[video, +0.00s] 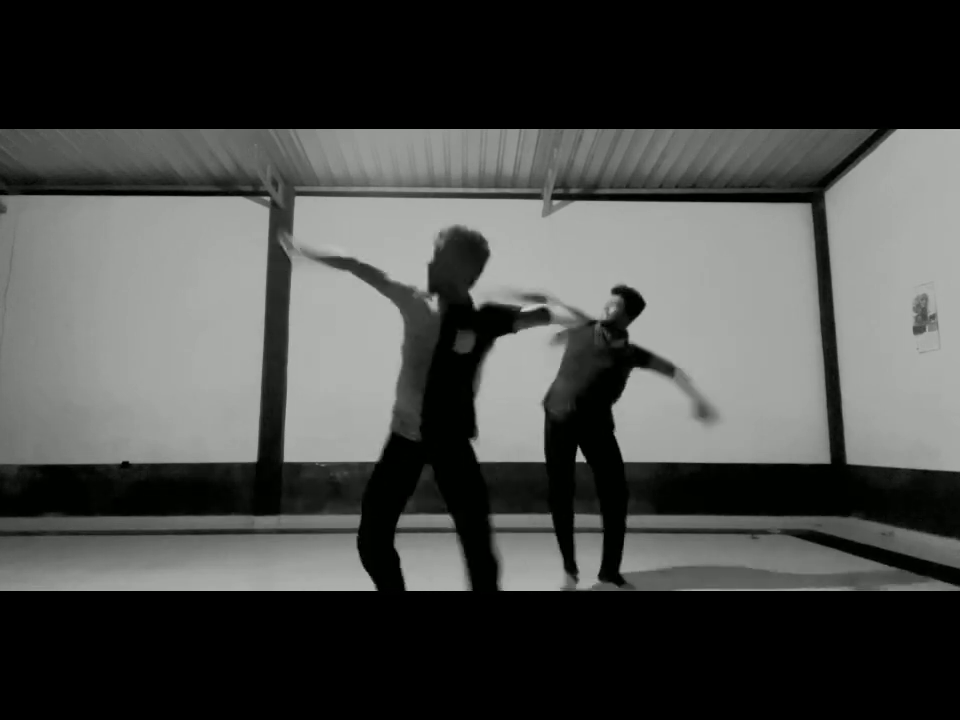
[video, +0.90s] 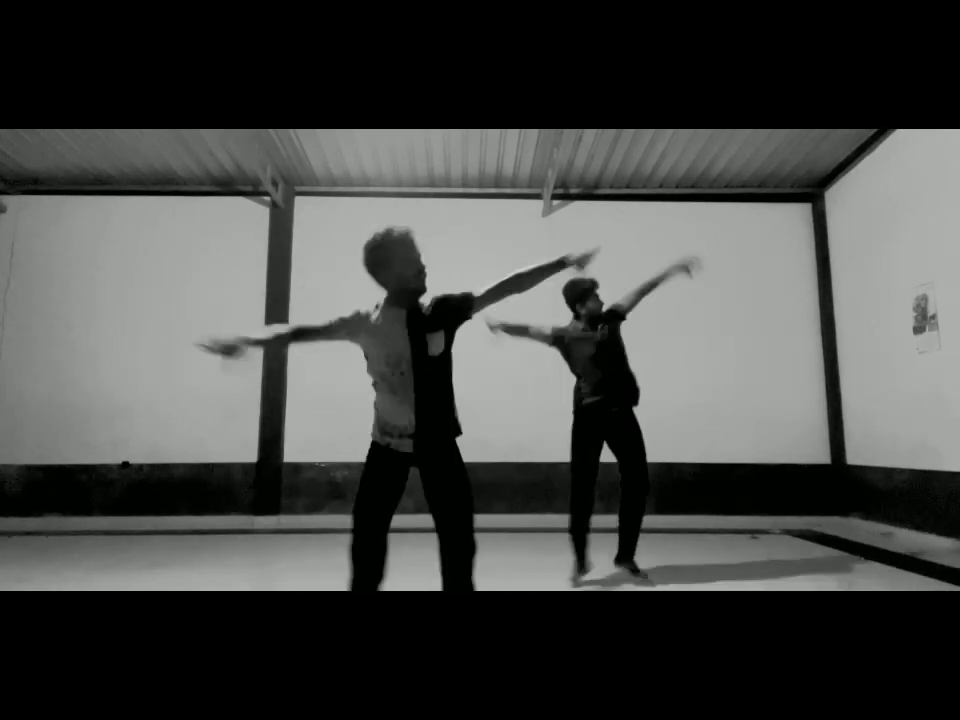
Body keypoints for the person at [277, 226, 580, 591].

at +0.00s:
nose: (430, 262)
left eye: (439, 255)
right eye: (434, 254)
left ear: (464, 268)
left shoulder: (490, 320)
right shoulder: (415, 303)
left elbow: (549, 314)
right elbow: (354, 267)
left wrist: (585, 318)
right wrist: (299, 250)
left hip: (453, 447)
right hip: (405, 443)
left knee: (478, 546)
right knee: (373, 542)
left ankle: (487, 593)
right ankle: (395, 593)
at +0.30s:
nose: (416, 270)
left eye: (428, 263)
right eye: (415, 260)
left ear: (450, 272)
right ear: (410, 261)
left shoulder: (458, 328)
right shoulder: (383, 306)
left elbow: (524, 333)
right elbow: (322, 255)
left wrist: (563, 324)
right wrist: (284, 214)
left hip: (420, 452)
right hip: (372, 448)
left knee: (426, 547)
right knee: (364, 544)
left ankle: (424, 599)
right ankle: (369, 596)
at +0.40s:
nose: (412, 282)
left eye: (421, 272)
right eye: (405, 272)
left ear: (434, 277)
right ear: (395, 274)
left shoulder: (450, 331)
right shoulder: (376, 322)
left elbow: (511, 348)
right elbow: (347, 309)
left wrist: (478, 335)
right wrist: (348, 302)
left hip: (426, 450)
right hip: (376, 448)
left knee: (451, 530)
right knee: (334, 533)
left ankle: (443, 594)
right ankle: (347, 593)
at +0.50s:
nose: (410, 311)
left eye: (411, 303)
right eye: (401, 304)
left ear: (414, 308)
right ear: (381, 313)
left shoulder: (439, 362)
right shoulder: (366, 365)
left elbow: (478, 403)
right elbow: (333, 412)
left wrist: (452, 386)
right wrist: (356, 391)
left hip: (431, 476)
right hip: (379, 475)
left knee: (473, 564)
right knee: (318, 556)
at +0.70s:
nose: (410, 322)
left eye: (406, 315)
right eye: (399, 318)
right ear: (378, 334)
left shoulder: (437, 375)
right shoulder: (362, 387)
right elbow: (304, 437)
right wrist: (345, 406)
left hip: (434, 494)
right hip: (378, 495)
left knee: (490, 573)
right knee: (308, 571)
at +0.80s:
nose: (415, 291)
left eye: (411, 283)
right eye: (403, 287)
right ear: (381, 300)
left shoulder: (440, 338)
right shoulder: (365, 355)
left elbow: (475, 326)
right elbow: (317, 367)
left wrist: (501, 318)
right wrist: (307, 373)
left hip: (440, 467)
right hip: (387, 469)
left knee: (477, 557)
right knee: (338, 558)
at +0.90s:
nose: (422, 270)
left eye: (420, 263)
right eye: (413, 266)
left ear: (415, 269)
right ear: (389, 276)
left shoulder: (445, 312)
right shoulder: (366, 326)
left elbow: (508, 288)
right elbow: (299, 334)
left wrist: (563, 264)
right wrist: (246, 342)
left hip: (440, 448)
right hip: (388, 449)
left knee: (459, 543)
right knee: (367, 539)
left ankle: (460, 600)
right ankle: (363, 596)